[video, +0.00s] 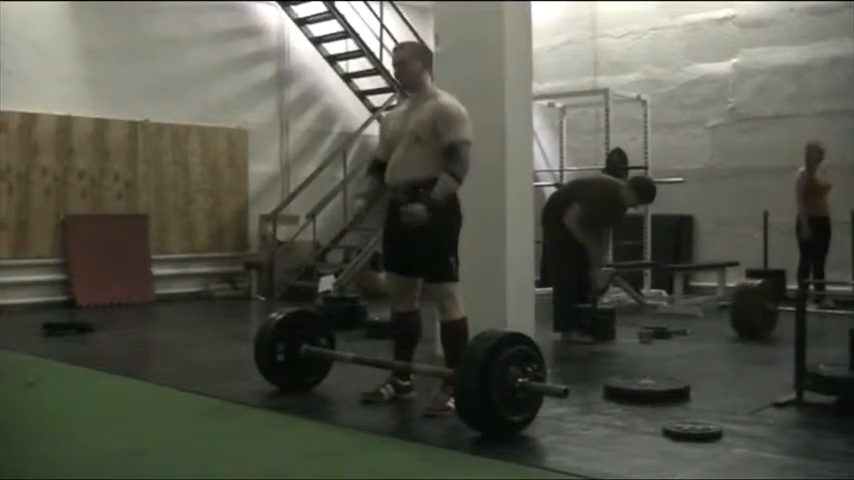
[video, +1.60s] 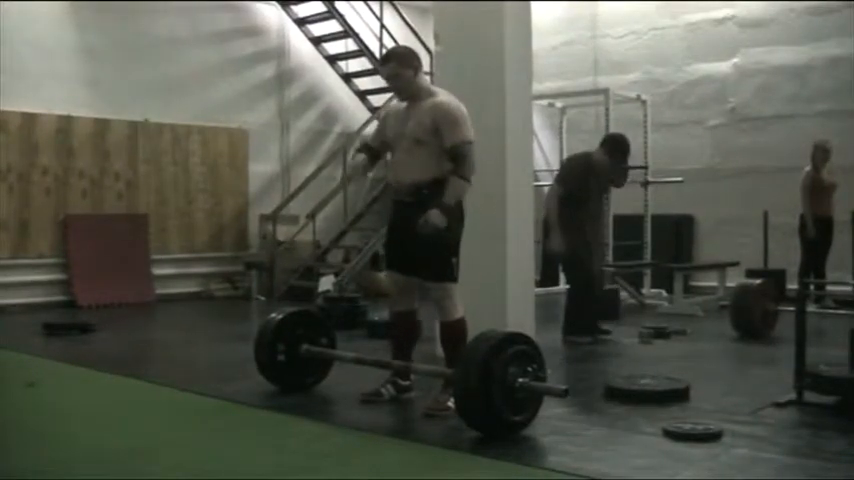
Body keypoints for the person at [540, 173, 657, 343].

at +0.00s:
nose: (635, 204)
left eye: (639, 203)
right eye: (636, 200)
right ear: (633, 192)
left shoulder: (618, 200)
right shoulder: (604, 192)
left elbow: (605, 232)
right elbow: (570, 219)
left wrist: (605, 262)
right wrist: (591, 246)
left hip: (579, 222)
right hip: (558, 220)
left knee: (582, 269)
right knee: (567, 271)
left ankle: (582, 323)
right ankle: (568, 328)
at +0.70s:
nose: (620, 185)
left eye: (624, 181)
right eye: (620, 179)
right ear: (612, 171)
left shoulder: (607, 194)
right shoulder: (580, 180)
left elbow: (601, 228)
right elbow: (557, 213)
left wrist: (602, 258)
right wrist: (583, 239)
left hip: (582, 235)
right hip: (559, 232)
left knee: (588, 277)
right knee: (579, 278)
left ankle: (587, 327)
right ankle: (572, 331)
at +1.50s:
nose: (625, 176)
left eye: (627, 171)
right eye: (623, 170)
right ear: (609, 161)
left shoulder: (605, 184)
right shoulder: (580, 169)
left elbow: (599, 225)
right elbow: (554, 204)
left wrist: (602, 256)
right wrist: (563, 236)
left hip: (585, 231)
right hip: (564, 229)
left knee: (593, 278)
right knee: (582, 278)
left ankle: (593, 326)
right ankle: (575, 331)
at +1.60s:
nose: (619, 166)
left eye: (621, 161)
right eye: (617, 160)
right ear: (607, 153)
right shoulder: (579, 165)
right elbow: (555, 199)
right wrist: (556, 234)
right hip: (569, 235)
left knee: (589, 281)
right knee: (580, 282)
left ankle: (589, 324)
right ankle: (574, 330)